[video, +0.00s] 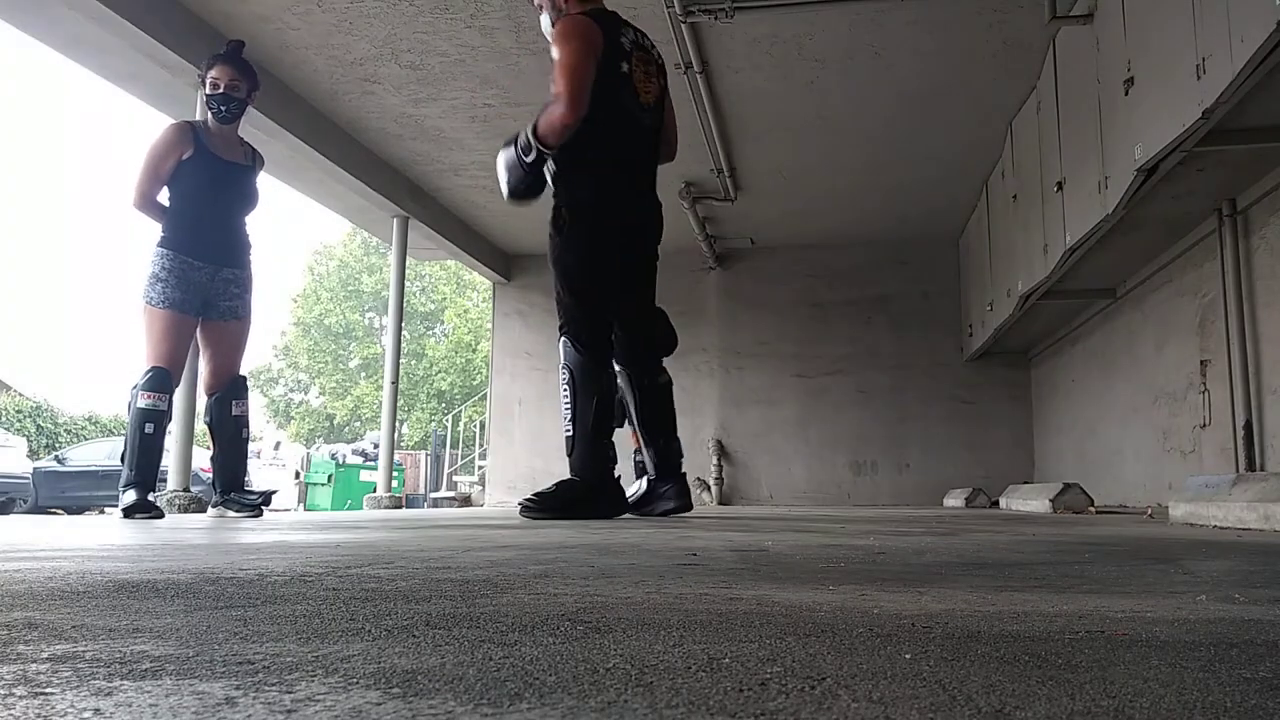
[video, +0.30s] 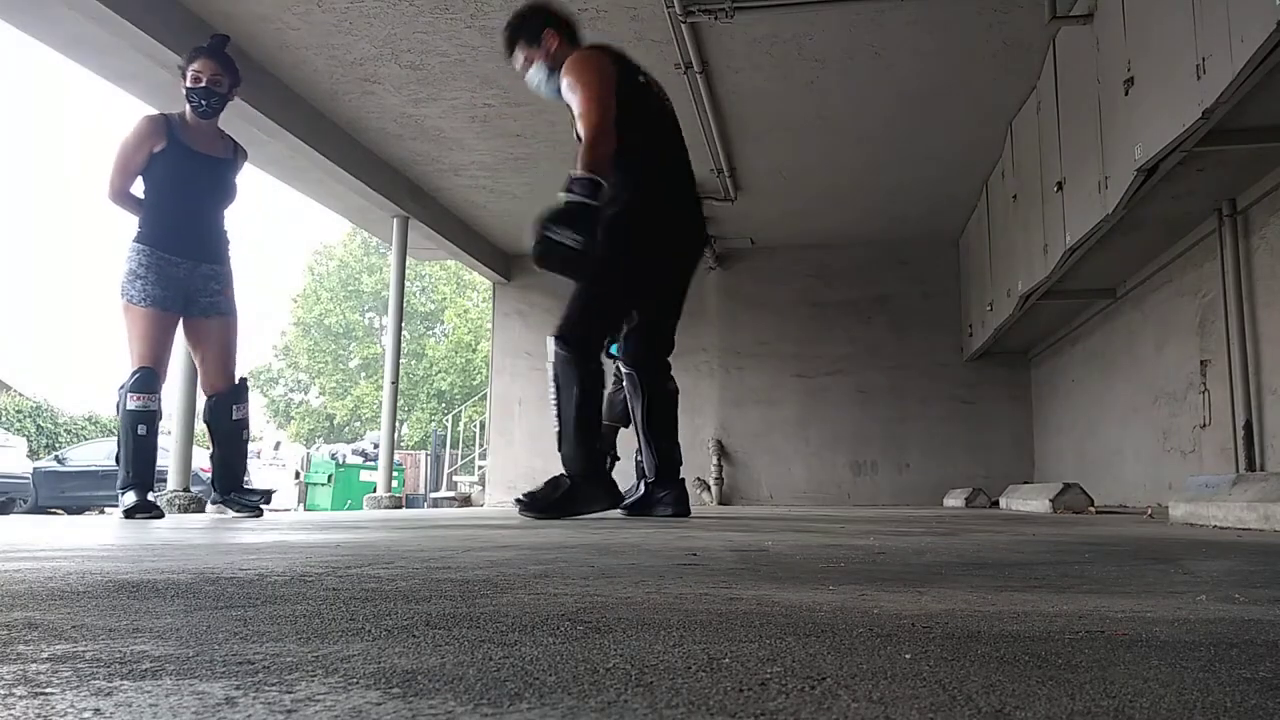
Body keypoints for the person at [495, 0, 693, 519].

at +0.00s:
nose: (538, 11)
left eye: (539, 4)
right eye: (536, 6)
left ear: (559, 0)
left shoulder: (573, 27)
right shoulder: (641, 41)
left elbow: (566, 111)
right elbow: (665, 145)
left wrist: (526, 151)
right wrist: (593, 153)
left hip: (587, 212)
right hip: (639, 212)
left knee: (583, 344)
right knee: (638, 344)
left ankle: (591, 481)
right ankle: (664, 479)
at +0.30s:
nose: (529, 78)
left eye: (526, 64)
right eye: (523, 72)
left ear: (552, 41)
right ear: (555, 44)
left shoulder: (584, 63)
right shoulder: (626, 73)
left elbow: (597, 132)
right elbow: (652, 165)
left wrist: (577, 204)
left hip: (641, 223)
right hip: (680, 226)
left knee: (574, 341)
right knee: (643, 352)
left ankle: (584, 478)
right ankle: (662, 485)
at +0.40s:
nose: (512, 116)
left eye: (510, 104)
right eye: (506, 112)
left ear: (531, 80)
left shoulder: (568, 97)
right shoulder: (596, 99)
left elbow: (593, 161)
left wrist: (593, 242)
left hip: (665, 232)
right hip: (696, 232)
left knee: (597, 345)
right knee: (649, 357)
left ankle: (589, 481)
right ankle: (663, 484)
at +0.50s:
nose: (507, 168)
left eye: (502, 155)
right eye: (500, 164)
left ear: (517, 127)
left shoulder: (562, 134)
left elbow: (593, 201)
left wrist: (602, 276)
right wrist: (587, 299)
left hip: (676, 235)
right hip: (713, 236)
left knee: (608, 333)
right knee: (654, 351)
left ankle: (591, 480)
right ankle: (661, 484)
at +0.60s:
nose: (504, 204)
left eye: (498, 192)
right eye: (495, 202)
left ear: (510, 162)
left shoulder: (560, 163)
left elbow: (598, 236)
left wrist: (607, 308)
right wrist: (590, 327)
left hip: (695, 239)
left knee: (608, 338)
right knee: (649, 351)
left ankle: (590, 483)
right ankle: (662, 486)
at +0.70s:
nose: (501, 225)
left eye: (495, 213)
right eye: (494, 223)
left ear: (507, 181)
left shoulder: (558, 177)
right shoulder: (567, 234)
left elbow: (603, 251)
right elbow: (603, 292)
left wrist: (607, 322)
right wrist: (593, 343)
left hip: (702, 239)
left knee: (606, 344)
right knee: (648, 354)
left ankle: (592, 485)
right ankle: (661, 487)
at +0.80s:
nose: (502, 234)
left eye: (494, 223)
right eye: (493, 232)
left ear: (504, 193)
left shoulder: (555, 182)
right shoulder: (568, 240)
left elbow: (610, 250)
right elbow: (610, 300)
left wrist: (605, 329)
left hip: (703, 239)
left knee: (602, 347)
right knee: (645, 354)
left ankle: (591, 484)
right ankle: (660, 487)